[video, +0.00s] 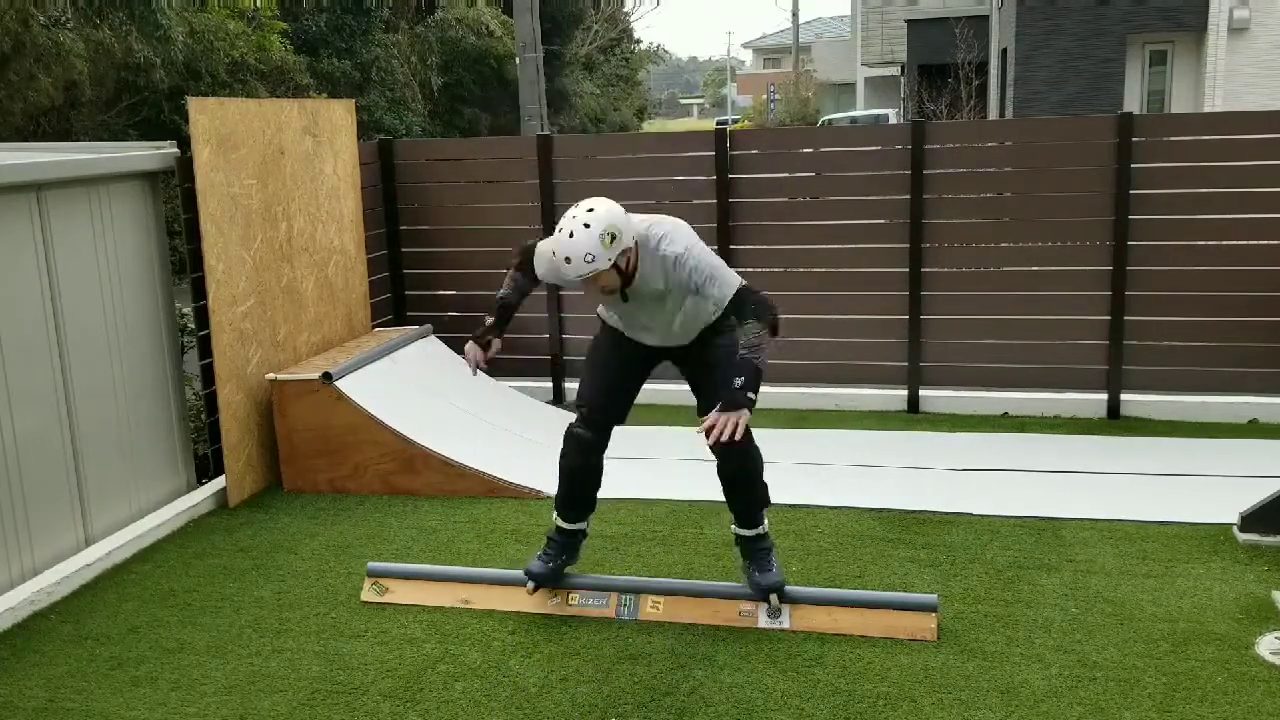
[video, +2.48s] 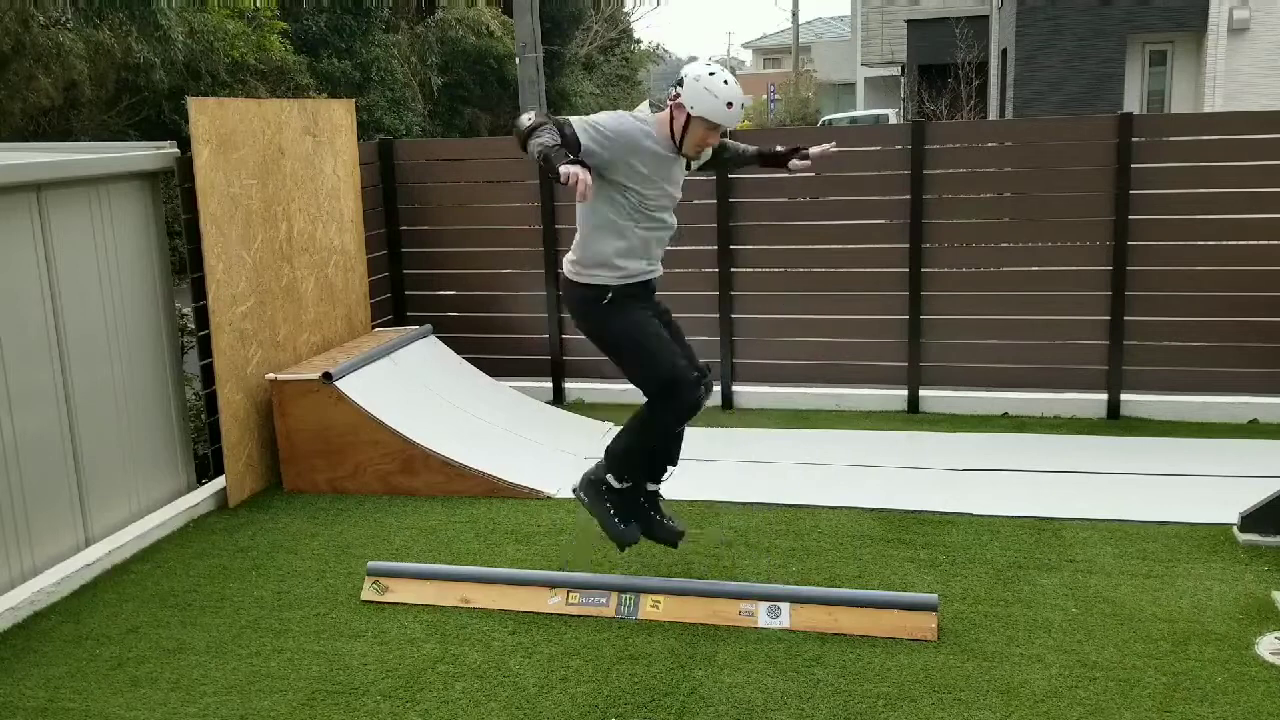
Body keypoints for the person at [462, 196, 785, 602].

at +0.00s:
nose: (590, 285)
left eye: (596, 275)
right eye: (583, 277)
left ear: (625, 255)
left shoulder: (681, 252)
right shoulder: (577, 250)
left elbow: (756, 310)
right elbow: (529, 262)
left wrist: (740, 396)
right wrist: (492, 329)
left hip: (703, 330)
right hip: (626, 328)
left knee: (730, 434)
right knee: (585, 435)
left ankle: (756, 546)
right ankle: (564, 540)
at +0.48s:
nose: (650, 290)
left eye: (658, 280)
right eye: (640, 281)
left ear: (680, 261)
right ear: (625, 266)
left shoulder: (716, 265)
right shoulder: (602, 262)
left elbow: (797, 287)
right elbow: (539, 248)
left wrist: (815, 319)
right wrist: (464, 283)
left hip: (706, 354)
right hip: (631, 352)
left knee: (738, 437)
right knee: (592, 445)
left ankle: (758, 545)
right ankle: (566, 543)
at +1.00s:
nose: (626, 151)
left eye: (633, 139)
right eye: (619, 142)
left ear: (659, 125)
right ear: (613, 135)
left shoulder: (699, 142)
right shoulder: (614, 157)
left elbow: (772, 166)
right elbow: (583, 190)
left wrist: (702, 168)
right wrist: (555, 234)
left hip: (712, 307)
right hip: (648, 310)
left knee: (722, 431)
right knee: (635, 419)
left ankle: (755, 531)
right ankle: (659, 519)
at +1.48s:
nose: (620, 153)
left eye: (627, 141)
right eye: (614, 144)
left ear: (656, 130)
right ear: (610, 139)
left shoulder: (711, 164)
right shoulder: (621, 173)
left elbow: (753, 222)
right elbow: (649, 232)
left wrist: (721, 283)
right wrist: (648, 292)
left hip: (714, 320)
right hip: (652, 321)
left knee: (723, 430)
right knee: (642, 422)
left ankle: (744, 526)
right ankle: (671, 519)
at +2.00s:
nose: (598, 239)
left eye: (606, 229)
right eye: (590, 231)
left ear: (628, 212)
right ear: (578, 219)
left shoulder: (671, 226)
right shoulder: (581, 230)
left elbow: (732, 285)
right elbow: (568, 262)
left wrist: (688, 340)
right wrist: (554, 314)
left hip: (701, 331)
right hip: (634, 330)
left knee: (712, 438)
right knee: (603, 427)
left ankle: (742, 533)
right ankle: (599, 533)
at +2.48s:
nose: (715, 139)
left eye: (720, 132)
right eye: (711, 129)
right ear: (680, 110)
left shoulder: (682, 144)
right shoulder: (622, 131)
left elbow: (725, 153)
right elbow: (540, 130)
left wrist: (782, 158)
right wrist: (563, 160)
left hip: (638, 289)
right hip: (598, 292)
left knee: (691, 385)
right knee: (679, 388)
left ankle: (640, 491)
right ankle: (606, 481)